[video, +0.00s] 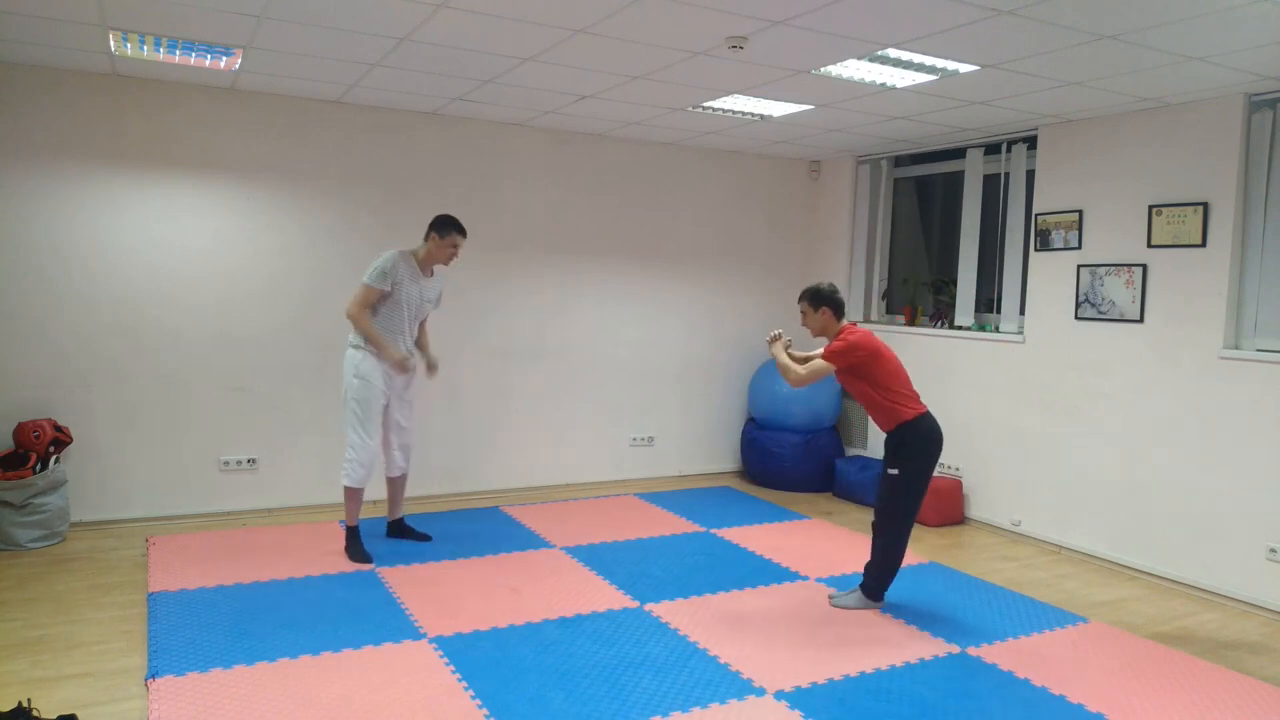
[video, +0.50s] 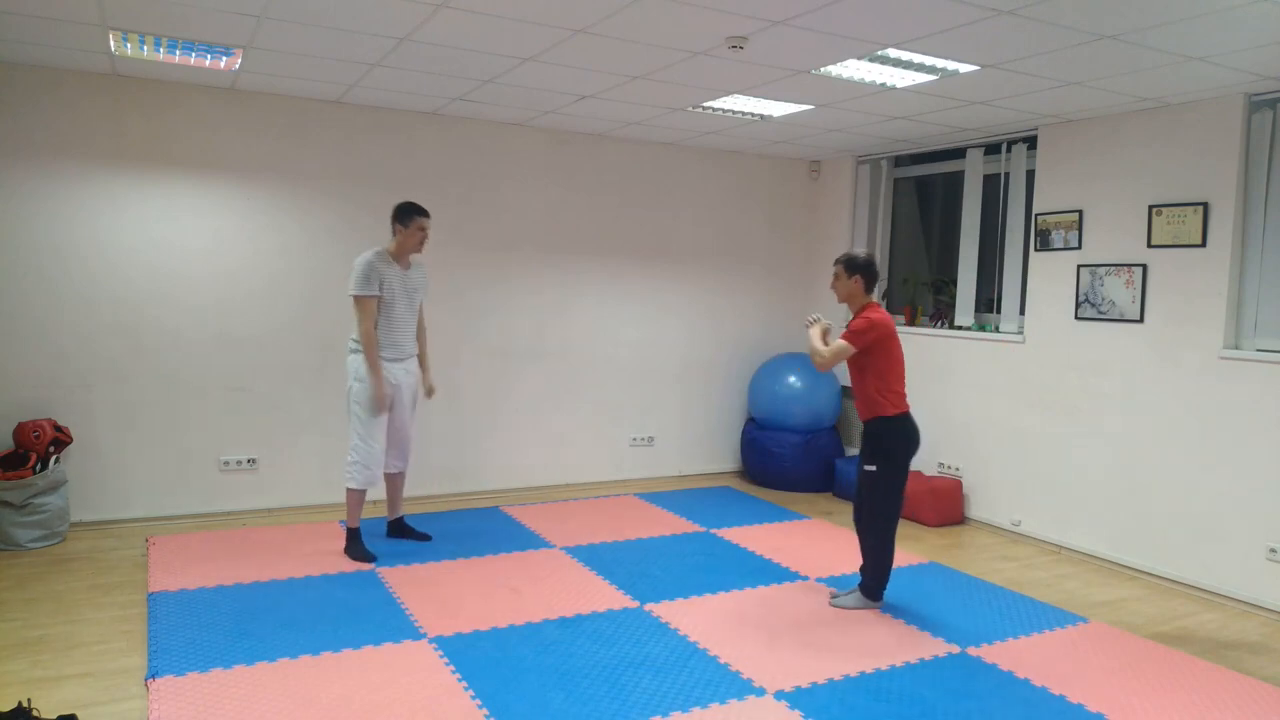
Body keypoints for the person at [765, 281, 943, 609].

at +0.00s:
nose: (803, 321)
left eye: (806, 314)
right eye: (802, 315)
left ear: (826, 312)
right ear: (829, 313)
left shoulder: (852, 342)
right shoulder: (848, 338)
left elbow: (797, 377)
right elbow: (810, 359)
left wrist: (778, 351)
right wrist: (786, 350)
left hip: (915, 438)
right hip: (905, 436)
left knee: (892, 520)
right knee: (885, 517)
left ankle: (872, 593)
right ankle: (870, 588)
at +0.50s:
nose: (832, 285)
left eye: (837, 278)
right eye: (832, 278)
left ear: (857, 281)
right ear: (857, 282)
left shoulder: (872, 320)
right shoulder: (864, 318)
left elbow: (823, 360)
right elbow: (827, 358)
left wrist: (815, 333)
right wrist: (821, 336)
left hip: (890, 430)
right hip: (882, 429)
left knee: (875, 514)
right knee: (868, 512)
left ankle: (872, 593)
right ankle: (869, 586)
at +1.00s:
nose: (858, 287)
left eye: (866, 280)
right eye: (853, 280)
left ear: (884, 280)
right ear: (848, 281)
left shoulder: (898, 322)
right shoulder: (855, 323)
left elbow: (933, 371)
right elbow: (859, 368)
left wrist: (880, 384)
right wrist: (844, 381)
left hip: (886, 429)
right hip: (859, 427)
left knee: (866, 517)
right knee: (856, 514)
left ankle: (872, 592)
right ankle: (869, 584)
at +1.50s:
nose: (920, 296)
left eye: (929, 289)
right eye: (913, 287)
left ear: (939, 289)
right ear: (899, 282)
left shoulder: (950, 334)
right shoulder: (876, 327)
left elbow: (974, 388)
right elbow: (854, 371)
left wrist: (936, 417)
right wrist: (859, 411)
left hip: (928, 449)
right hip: (883, 446)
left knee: (928, 540)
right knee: (868, 520)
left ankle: (920, 628)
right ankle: (867, 573)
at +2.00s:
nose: (956, 301)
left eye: (965, 291)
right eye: (947, 292)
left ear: (976, 289)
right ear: (930, 287)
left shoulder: (992, 336)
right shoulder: (905, 337)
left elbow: (1017, 397)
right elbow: (872, 393)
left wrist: (991, 439)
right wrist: (898, 437)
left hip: (966, 475)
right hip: (916, 471)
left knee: (951, 579)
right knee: (920, 579)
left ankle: (924, 636)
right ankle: (918, 685)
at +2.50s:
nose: (1044, 309)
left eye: (1055, 300)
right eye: (1036, 296)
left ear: (1063, 299)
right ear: (1011, 288)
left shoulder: (1065, 350)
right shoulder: (971, 337)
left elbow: (1088, 425)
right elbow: (926, 406)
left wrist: (1055, 468)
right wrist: (970, 465)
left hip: (1036, 511)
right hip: (975, 506)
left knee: (1054, 638)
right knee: (950, 611)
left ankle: (1058, 717)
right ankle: (921, 693)